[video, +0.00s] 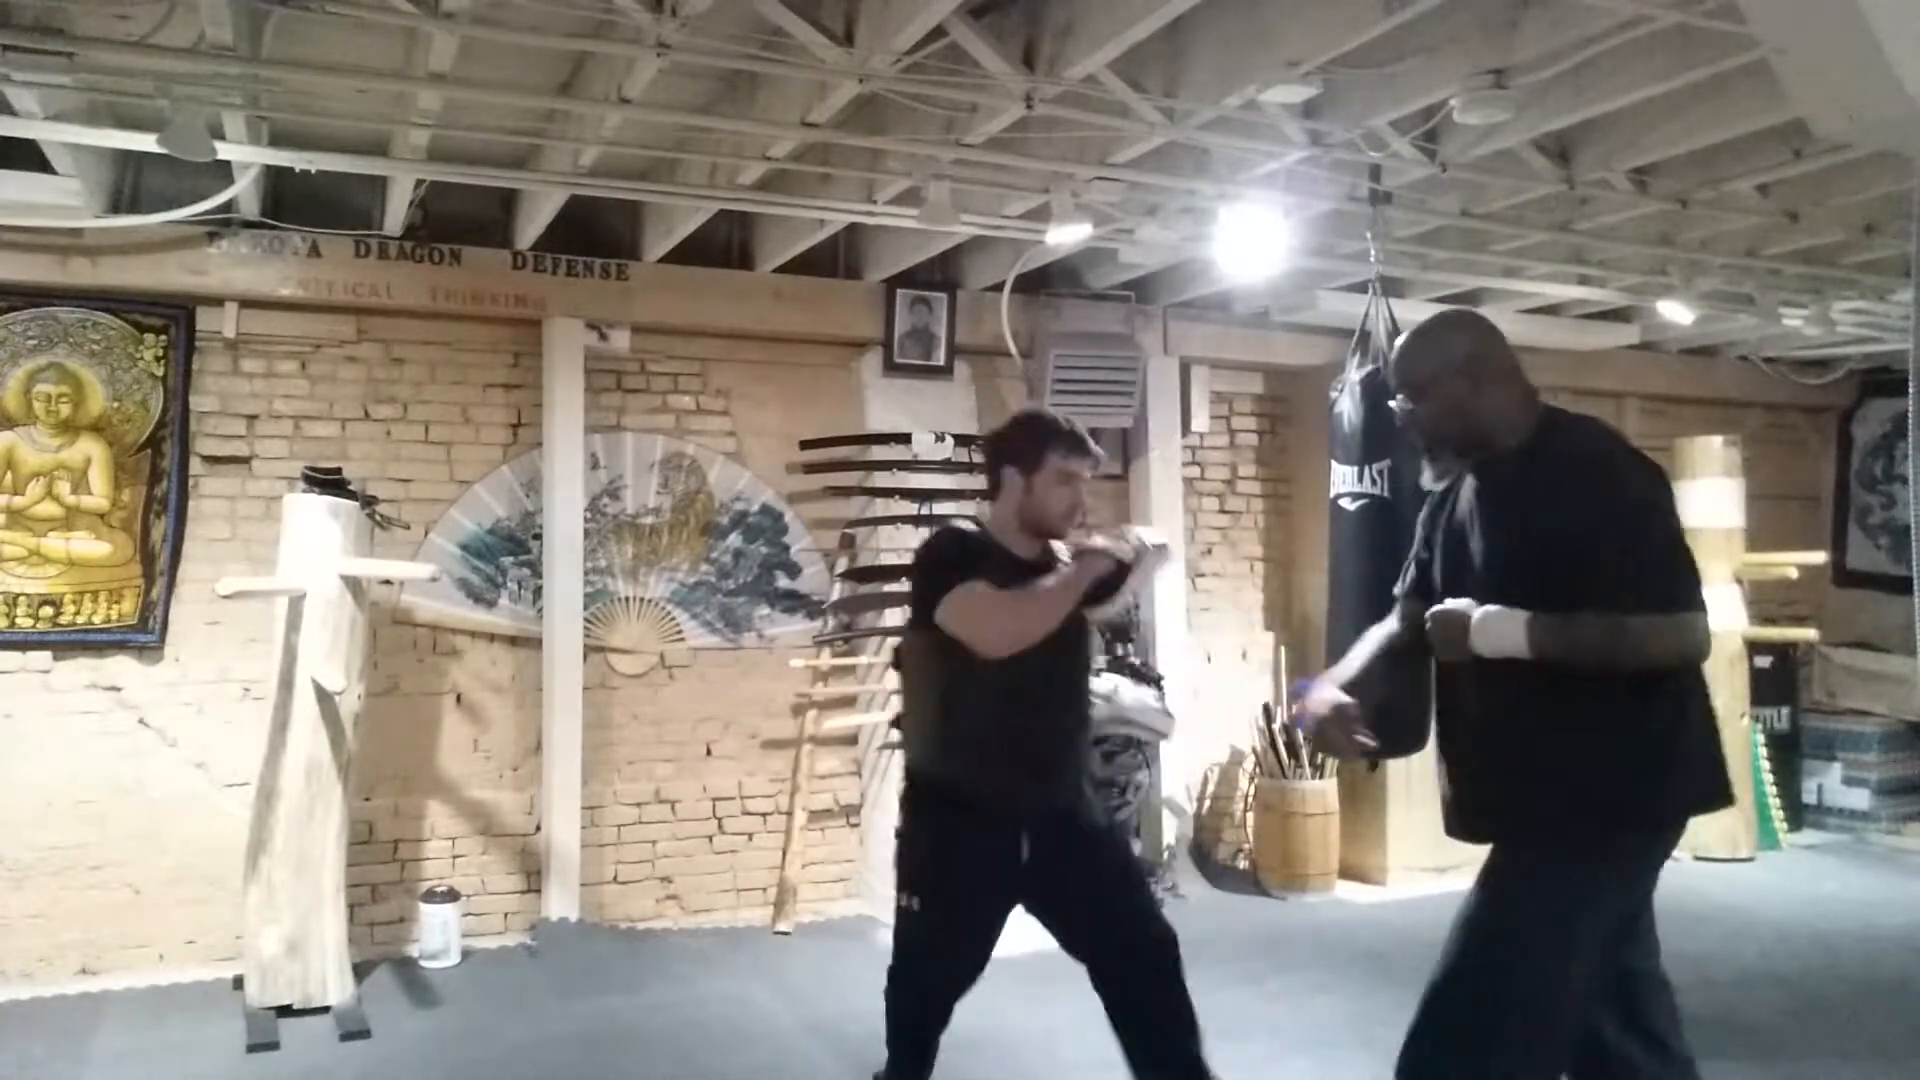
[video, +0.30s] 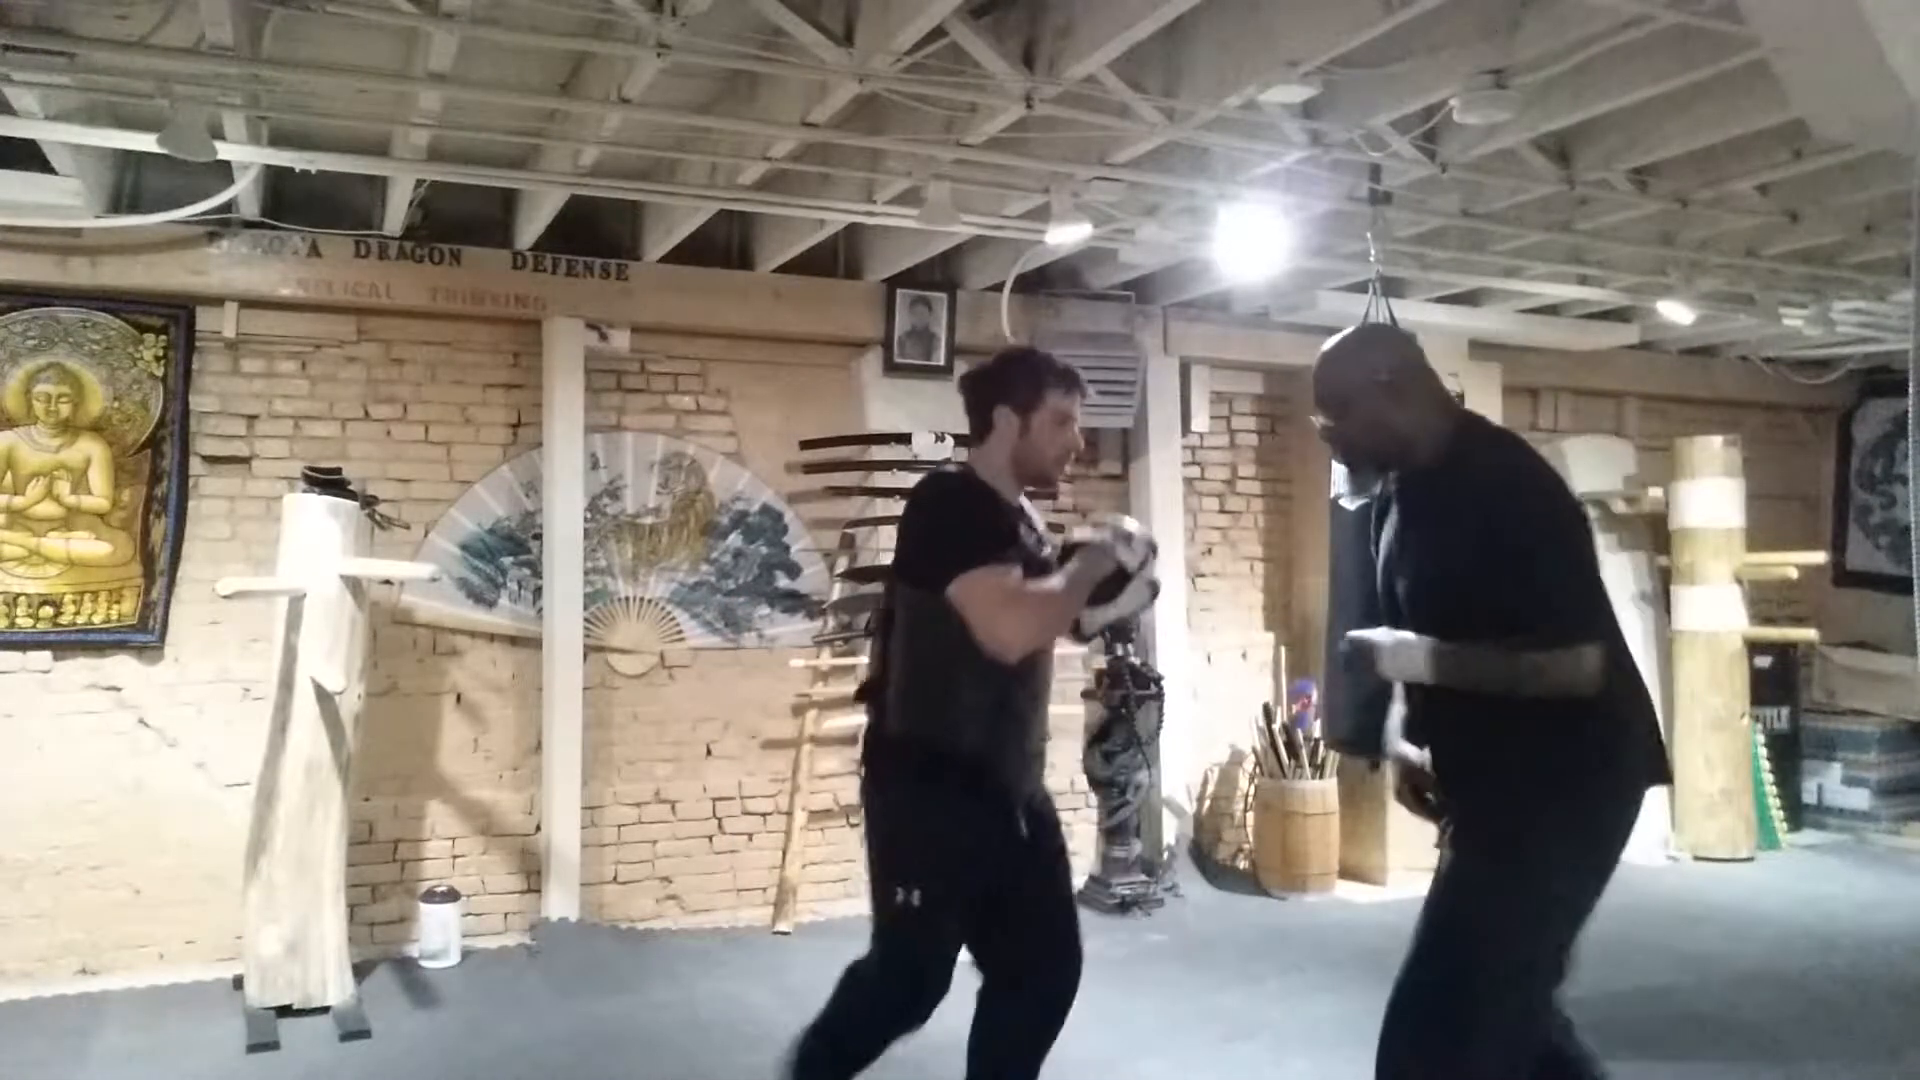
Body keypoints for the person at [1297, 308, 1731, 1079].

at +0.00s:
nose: (1403, 421)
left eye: (1413, 397)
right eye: (1399, 402)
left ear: (1475, 380)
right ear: (1466, 388)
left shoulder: (1606, 472)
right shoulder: (1457, 495)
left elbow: (1681, 634)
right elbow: (1409, 612)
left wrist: (1497, 630)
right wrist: (1336, 684)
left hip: (1613, 807)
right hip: (1537, 806)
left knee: (1459, 1051)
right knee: (1624, 1036)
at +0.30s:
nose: (1326, 435)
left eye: (1333, 414)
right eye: (1320, 418)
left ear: (1391, 389)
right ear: (1391, 392)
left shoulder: (1508, 480)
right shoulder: (1406, 495)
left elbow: (1580, 663)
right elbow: (1428, 645)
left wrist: (1415, 659)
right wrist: (1404, 746)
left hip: (1571, 781)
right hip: (1493, 780)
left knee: (1432, 1034)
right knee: (1509, 1018)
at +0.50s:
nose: (1321, 439)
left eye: (1330, 418)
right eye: (1317, 421)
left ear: (1391, 400)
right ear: (1390, 403)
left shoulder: (1485, 485)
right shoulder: (1407, 503)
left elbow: (1513, 666)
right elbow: (1409, 657)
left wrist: (1356, 646)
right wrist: (1324, 739)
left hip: (1552, 789)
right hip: (1489, 787)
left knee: (1422, 1004)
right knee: (1488, 1007)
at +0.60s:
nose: (1330, 453)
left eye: (1344, 432)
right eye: (1327, 434)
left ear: (1410, 417)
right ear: (1402, 423)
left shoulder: (1501, 507)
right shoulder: (1409, 524)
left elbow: (1536, 688)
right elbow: (1391, 682)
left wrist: (1361, 665)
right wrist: (1294, 754)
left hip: (1530, 812)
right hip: (1473, 809)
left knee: (1379, 1010)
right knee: (1481, 1014)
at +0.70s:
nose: (1331, 442)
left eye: (1343, 422)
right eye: (1329, 424)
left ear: (1404, 409)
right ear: (1405, 415)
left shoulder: (1498, 500)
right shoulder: (1416, 512)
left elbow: (1561, 673)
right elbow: (1423, 675)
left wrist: (1395, 670)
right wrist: (1313, 709)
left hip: (1524, 797)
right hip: (1467, 793)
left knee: (1376, 990)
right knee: (1487, 1002)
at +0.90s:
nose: (1328, 415)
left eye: (1339, 398)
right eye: (1329, 399)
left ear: (1402, 390)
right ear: (1404, 394)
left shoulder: (1490, 484)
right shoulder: (1413, 488)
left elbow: (1544, 661)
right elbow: (1435, 635)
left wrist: (1396, 653)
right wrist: (1362, 655)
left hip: (1506, 791)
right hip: (1465, 783)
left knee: (1391, 1024)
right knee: (1512, 995)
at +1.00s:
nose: (1320, 423)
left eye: (1329, 404)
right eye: (1319, 406)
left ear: (1391, 396)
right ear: (1394, 399)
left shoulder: (1482, 495)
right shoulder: (1406, 500)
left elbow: (1517, 681)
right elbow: (1425, 647)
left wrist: (1366, 665)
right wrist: (1359, 697)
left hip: (1504, 805)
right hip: (1457, 798)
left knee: (1390, 1022)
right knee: (1517, 1004)